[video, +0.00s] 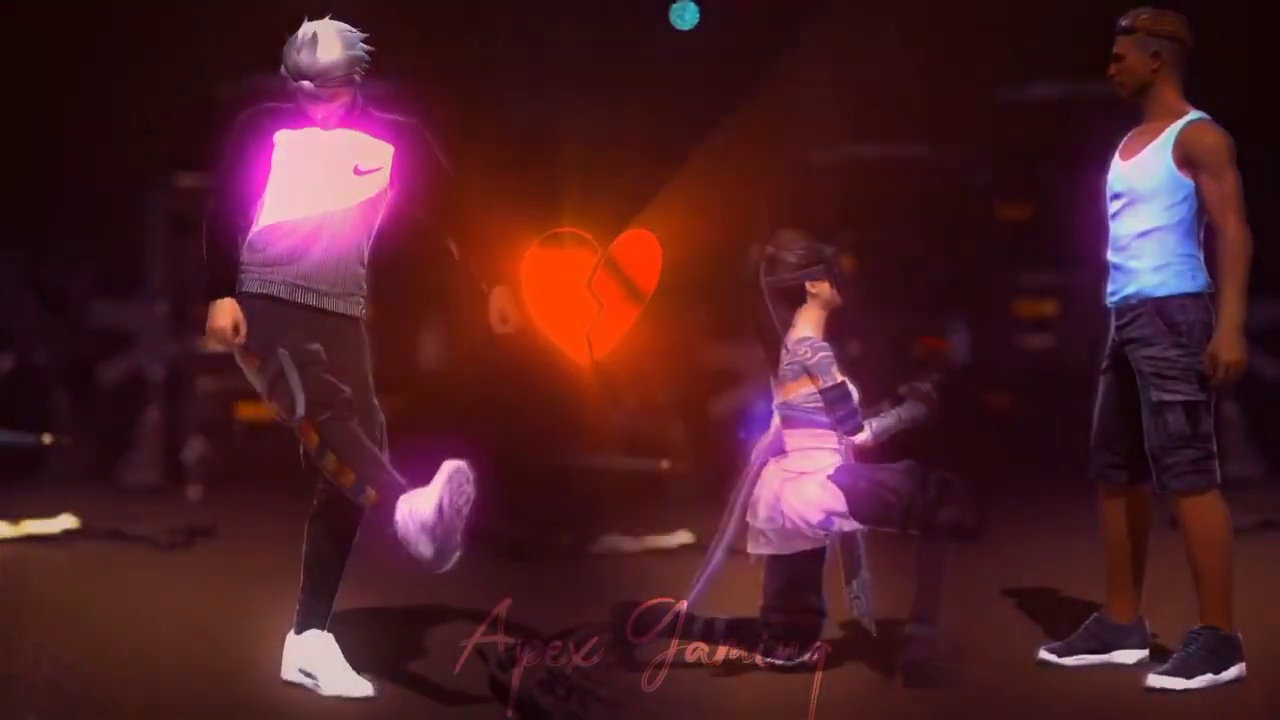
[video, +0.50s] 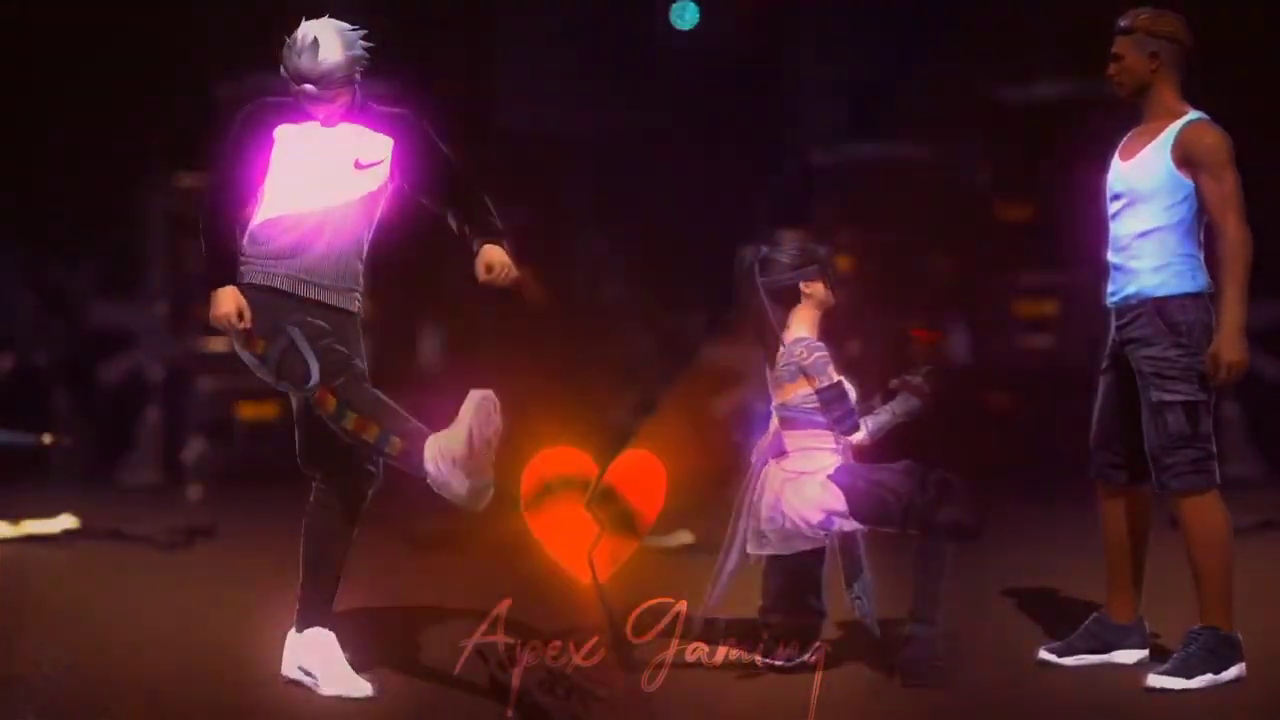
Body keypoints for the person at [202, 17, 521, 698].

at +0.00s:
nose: (328, 101)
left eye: (339, 87)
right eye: (315, 89)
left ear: (359, 79)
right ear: (294, 83)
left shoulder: (391, 140)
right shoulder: (262, 133)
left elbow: (446, 220)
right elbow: (223, 216)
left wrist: (488, 288)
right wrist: (219, 291)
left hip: (346, 314)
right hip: (272, 302)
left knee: (353, 464)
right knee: (321, 404)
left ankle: (310, 634)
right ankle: (408, 513)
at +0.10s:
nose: (327, 102)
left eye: (338, 87)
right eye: (314, 90)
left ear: (357, 79)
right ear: (293, 84)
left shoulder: (392, 139)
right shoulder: (261, 131)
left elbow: (438, 226)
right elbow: (224, 213)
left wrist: (480, 287)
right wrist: (221, 288)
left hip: (345, 316)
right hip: (270, 304)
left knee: (347, 472)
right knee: (321, 403)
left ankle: (310, 633)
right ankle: (413, 501)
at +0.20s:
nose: (326, 104)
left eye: (337, 90)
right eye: (313, 92)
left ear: (358, 78)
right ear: (293, 84)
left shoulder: (392, 133)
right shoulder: (262, 128)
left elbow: (451, 201)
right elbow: (221, 210)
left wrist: (494, 266)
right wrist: (220, 285)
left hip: (345, 313)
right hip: (270, 300)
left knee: (344, 473)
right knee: (328, 389)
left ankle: (309, 634)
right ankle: (417, 492)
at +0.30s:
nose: (325, 105)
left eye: (336, 91)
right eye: (311, 93)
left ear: (358, 79)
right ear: (291, 83)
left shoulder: (393, 130)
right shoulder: (262, 125)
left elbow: (450, 196)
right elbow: (220, 206)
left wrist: (493, 257)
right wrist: (220, 281)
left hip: (344, 311)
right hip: (268, 298)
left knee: (343, 476)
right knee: (329, 386)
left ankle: (310, 634)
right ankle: (422, 477)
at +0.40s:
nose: (326, 105)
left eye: (336, 91)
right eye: (312, 93)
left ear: (358, 78)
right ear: (292, 82)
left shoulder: (394, 131)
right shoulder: (263, 123)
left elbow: (451, 194)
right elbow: (220, 203)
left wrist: (490, 248)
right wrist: (221, 280)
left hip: (343, 311)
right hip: (267, 297)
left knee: (340, 477)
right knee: (324, 382)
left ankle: (310, 634)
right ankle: (428, 466)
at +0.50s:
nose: (325, 106)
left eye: (336, 92)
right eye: (312, 94)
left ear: (358, 78)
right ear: (292, 82)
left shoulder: (393, 130)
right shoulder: (263, 122)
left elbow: (449, 188)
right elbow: (220, 200)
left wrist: (488, 240)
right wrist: (220, 277)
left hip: (341, 310)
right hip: (265, 296)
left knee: (343, 474)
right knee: (321, 377)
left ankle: (310, 633)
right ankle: (435, 459)